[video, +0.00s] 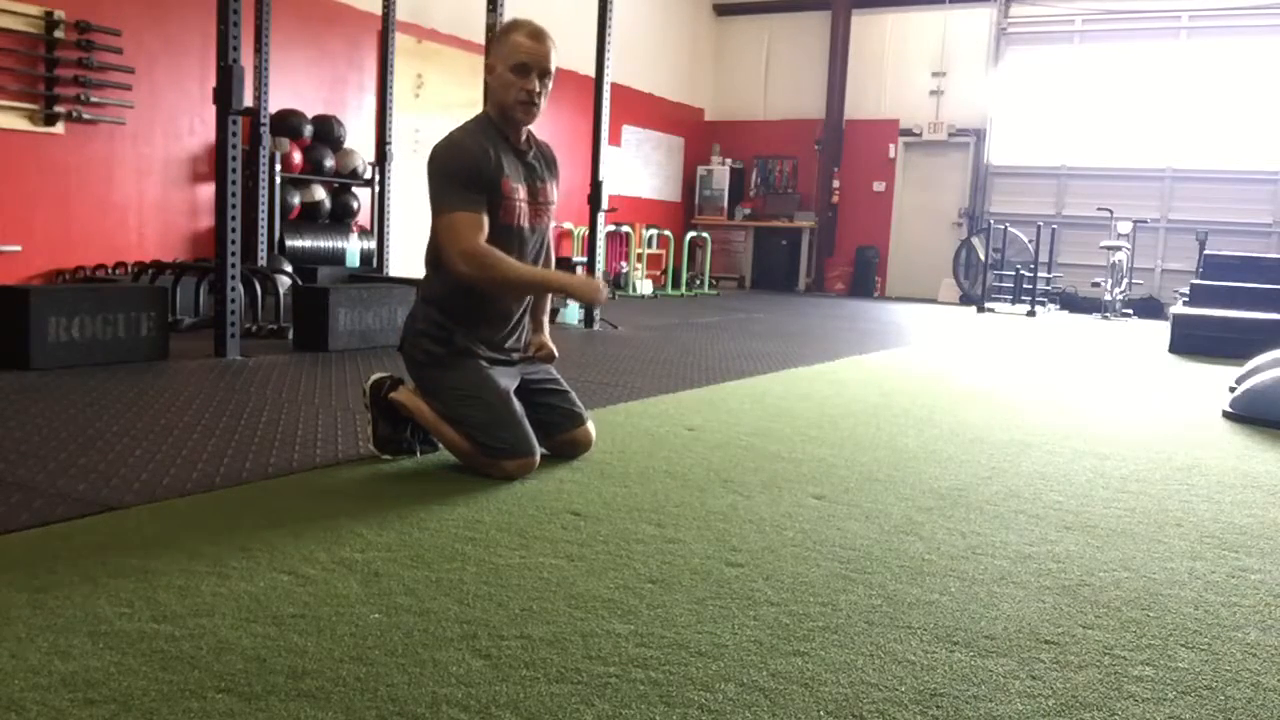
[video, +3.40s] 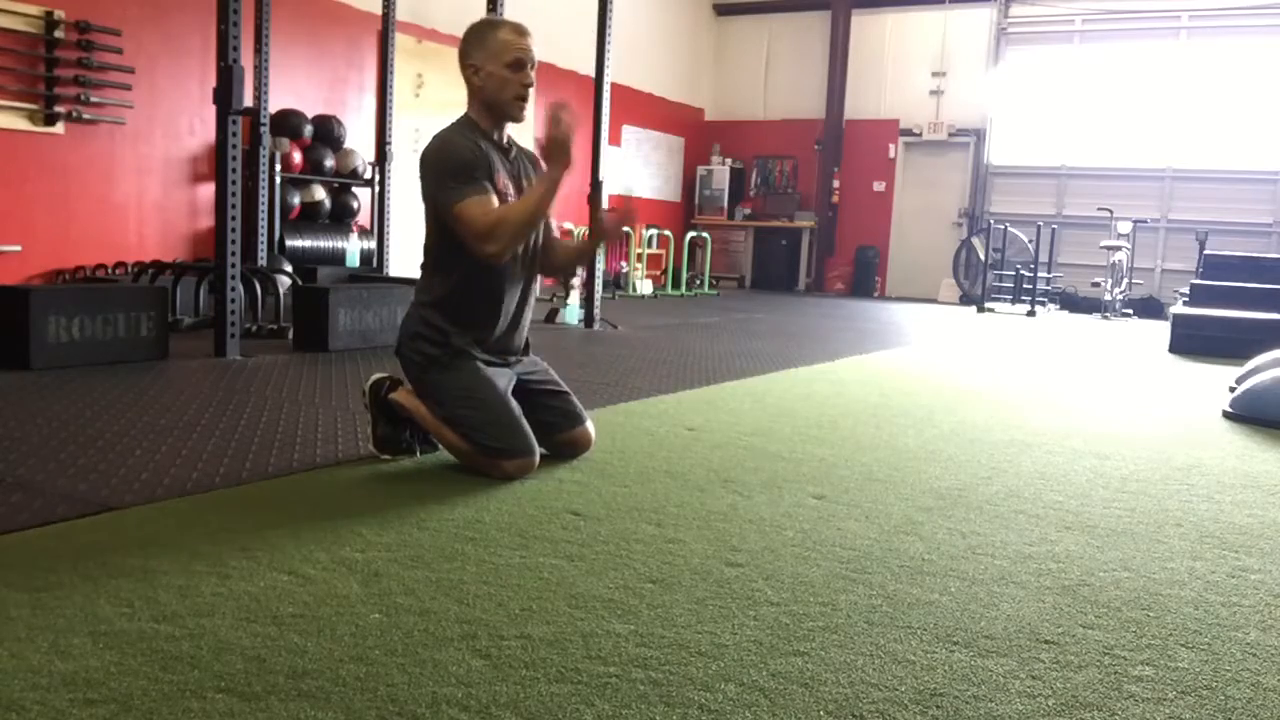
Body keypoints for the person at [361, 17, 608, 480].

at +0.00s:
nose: (532, 87)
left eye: (543, 76)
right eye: (519, 71)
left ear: (551, 84)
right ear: (488, 71)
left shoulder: (544, 158)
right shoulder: (462, 151)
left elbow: (541, 251)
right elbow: (463, 255)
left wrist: (540, 328)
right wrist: (566, 282)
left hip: (515, 344)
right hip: (451, 347)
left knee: (574, 439)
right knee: (514, 462)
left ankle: (450, 406)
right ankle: (399, 398)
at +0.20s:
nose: (538, 86)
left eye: (548, 76)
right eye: (525, 70)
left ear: (556, 86)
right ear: (493, 71)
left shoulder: (547, 160)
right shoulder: (460, 152)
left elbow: (548, 247)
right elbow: (441, 260)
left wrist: (540, 323)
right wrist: (526, 318)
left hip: (514, 342)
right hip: (451, 345)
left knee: (574, 439)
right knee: (514, 463)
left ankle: (445, 412)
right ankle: (398, 399)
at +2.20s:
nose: (592, 82)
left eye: (597, 70)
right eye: (580, 65)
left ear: (600, 78)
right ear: (537, 71)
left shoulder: (584, 167)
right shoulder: (495, 146)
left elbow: (579, 257)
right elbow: (466, 257)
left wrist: (598, 335)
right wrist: (514, 353)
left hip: (520, 337)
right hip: (459, 338)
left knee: (574, 441)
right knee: (516, 464)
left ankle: (453, 392)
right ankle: (404, 396)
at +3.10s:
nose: (531, 79)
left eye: (536, 68)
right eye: (517, 64)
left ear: (540, 77)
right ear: (478, 71)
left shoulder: (537, 163)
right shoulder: (454, 151)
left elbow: (545, 257)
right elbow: (452, 253)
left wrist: (569, 343)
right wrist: (539, 302)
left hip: (506, 345)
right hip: (446, 347)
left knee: (574, 440)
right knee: (514, 462)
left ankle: (444, 411)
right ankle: (399, 400)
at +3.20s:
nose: (529, 79)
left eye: (532, 68)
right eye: (515, 65)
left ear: (535, 75)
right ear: (474, 71)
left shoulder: (531, 162)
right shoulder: (451, 150)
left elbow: (541, 261)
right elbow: (464, 253)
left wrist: (575, 337)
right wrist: (562, 252)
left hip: (507, 346)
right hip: (446, 349)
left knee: (575, 440)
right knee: (514, 463)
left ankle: (447, 406)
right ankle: (399, 399)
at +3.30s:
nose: (528, 78)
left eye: (531, 66)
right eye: (513, 65)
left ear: (534, 73)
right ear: (472, 71)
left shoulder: (528, 162)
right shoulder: (450, 150)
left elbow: (540, 252)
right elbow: (481, 246)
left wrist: (583, 304)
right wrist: (568, 198)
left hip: (508, 347)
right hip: (447, 349)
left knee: (573, 439)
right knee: (514, 463)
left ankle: (443, 410)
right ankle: (398, 399)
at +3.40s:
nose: (530, 80)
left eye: (532, 68)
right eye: (517, 66)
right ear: (474, 73)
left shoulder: (528, 161)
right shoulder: (452, 149)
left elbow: (546, 256)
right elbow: (490, 239)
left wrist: (594, 242)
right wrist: (553, 172)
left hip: (509, 347)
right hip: (447, 350)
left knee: (574, 439)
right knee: (514, 462)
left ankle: (442, 409)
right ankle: (400, 400)